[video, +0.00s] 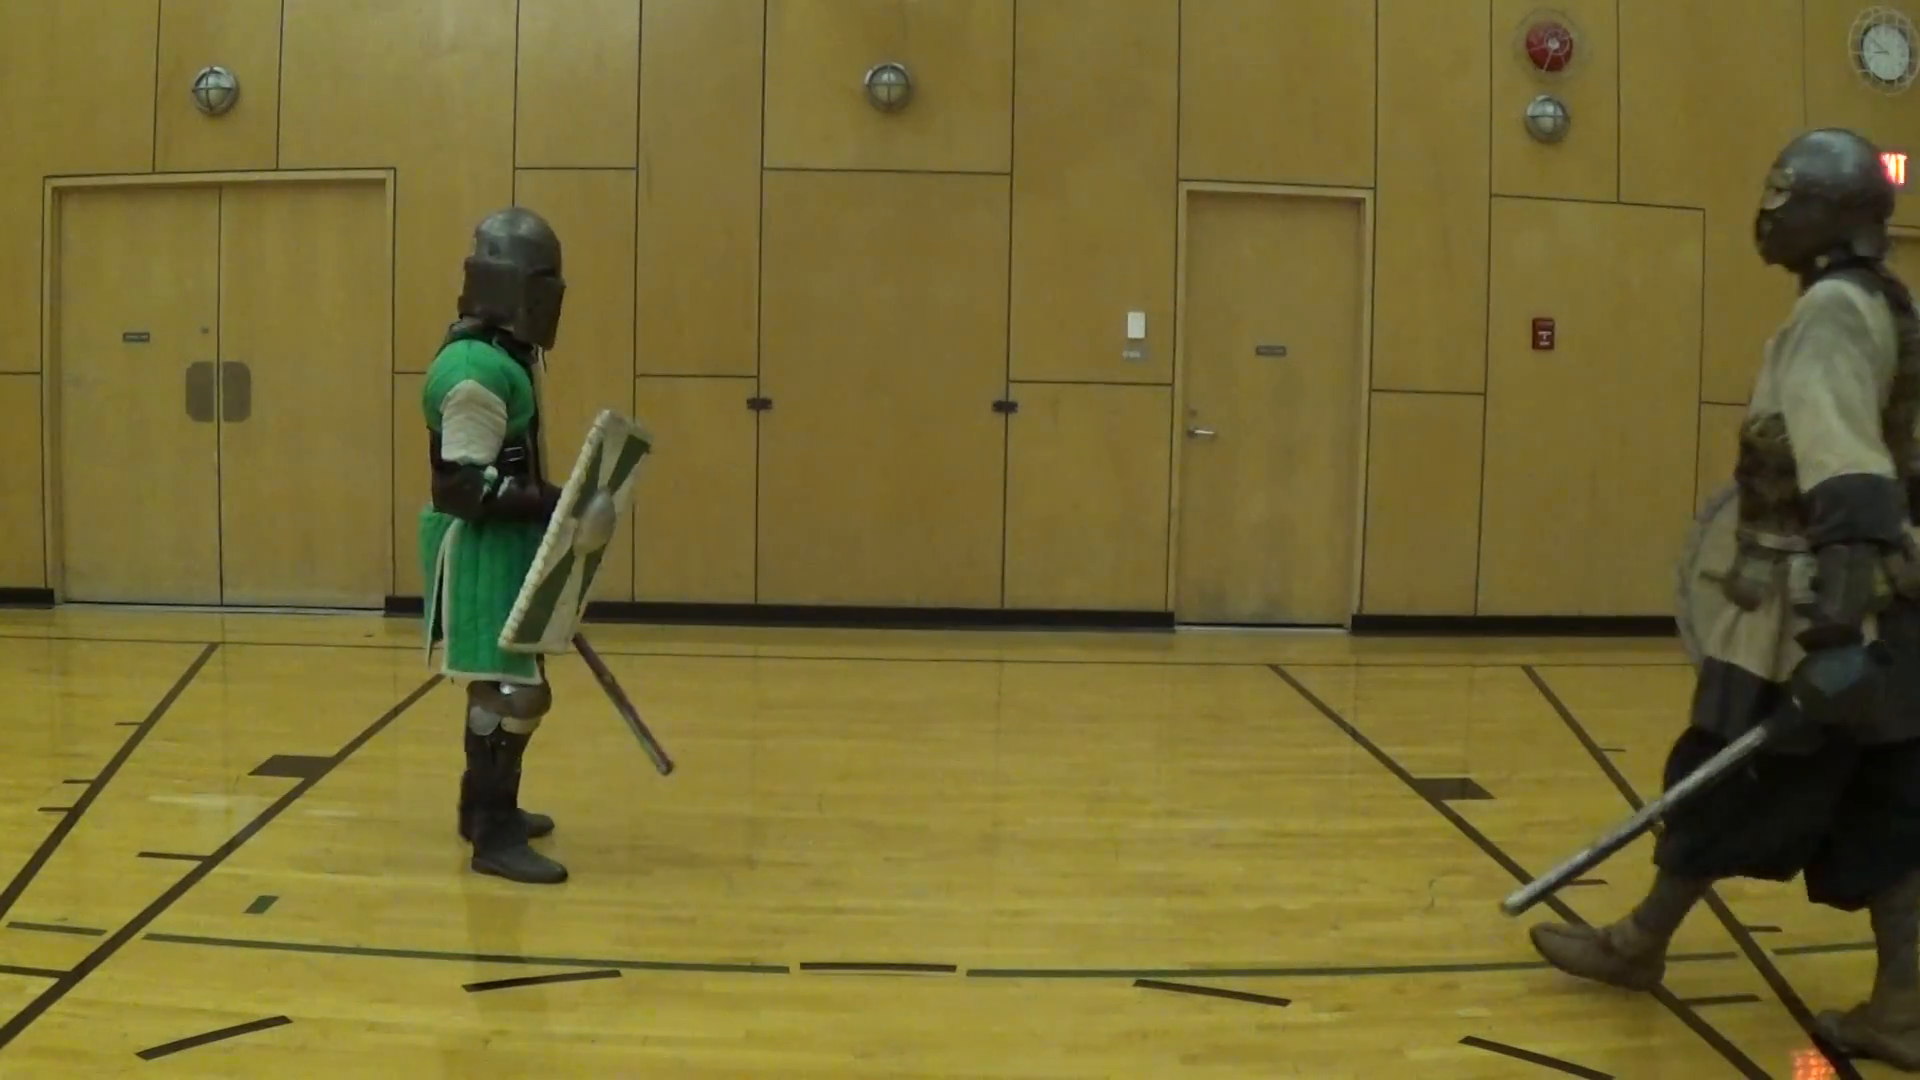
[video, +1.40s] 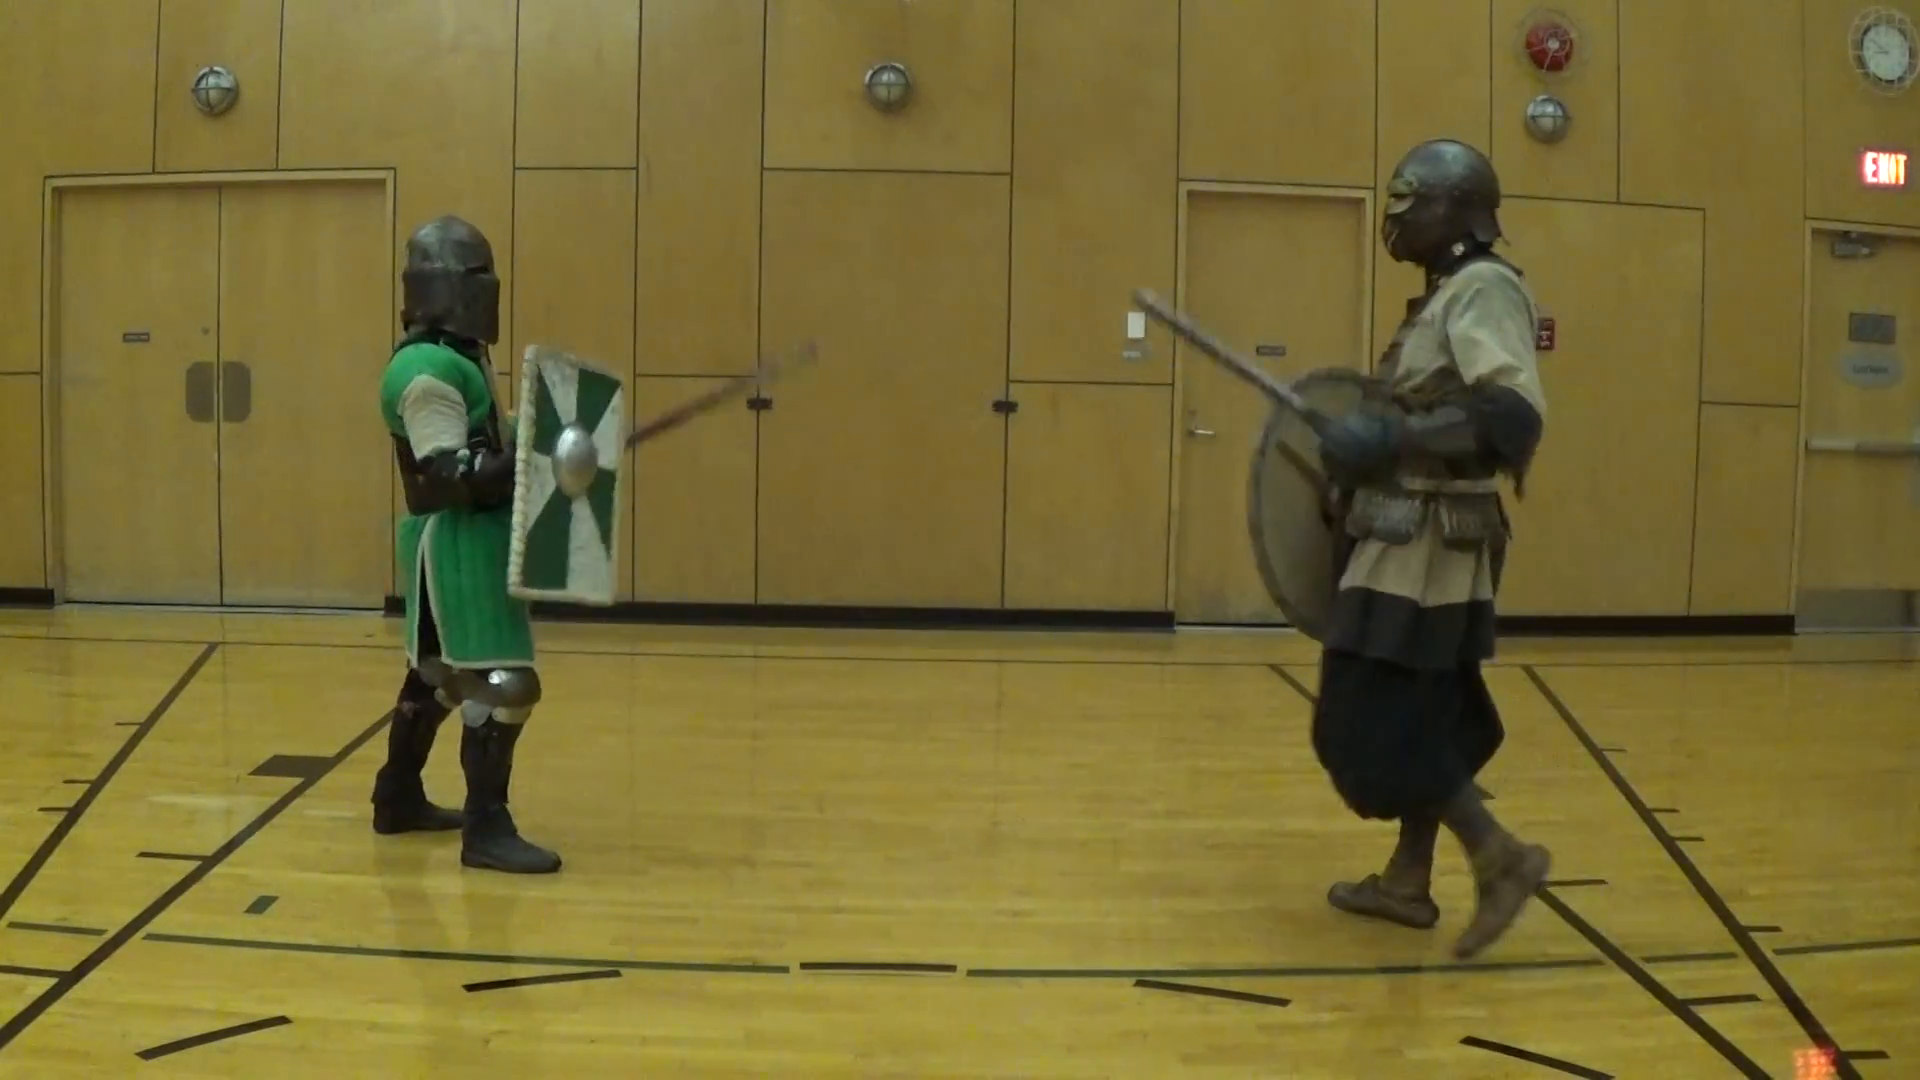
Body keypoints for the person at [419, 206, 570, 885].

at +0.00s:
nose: (554, 299)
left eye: (552, 286)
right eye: (547, 286)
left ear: (493, 285)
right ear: (519, 289)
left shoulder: (498, 363)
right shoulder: (475, 369)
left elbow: (498, 477)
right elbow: (461, 486)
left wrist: (562, 508)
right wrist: (561, 507)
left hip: (497, 544)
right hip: (480, 547)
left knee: (498, 683)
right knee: (516, 690)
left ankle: (486, 808)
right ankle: (494, 838)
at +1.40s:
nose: (489, 290)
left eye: (487, 278)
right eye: (477, 279)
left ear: (433, 291)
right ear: (442, 289)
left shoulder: (458, 362)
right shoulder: (426, 371)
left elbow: (479, 448)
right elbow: (441, 479)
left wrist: (531, 428)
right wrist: (534, 468)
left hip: (456, 533)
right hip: (455, 538)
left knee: (437, 669)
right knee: (504, 683)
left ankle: (398, 793)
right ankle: (488, 830)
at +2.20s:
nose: (598, 303)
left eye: (595, 290)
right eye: (586, 292)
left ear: (542, 299)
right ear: (554, 299)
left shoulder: (564, 363)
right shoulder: (526, 375)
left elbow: (631, 354)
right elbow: (576, 470)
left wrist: (667, 303)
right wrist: (633, 426)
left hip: (555, 539)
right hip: (538, 543)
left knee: (539, 680)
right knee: (601, 684)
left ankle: (473, 800)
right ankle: (614, 834)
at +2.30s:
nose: (628, 306)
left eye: (624, 294)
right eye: (615, 294)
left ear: (563, 306)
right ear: (580, 304)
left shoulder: (590, 369)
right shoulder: (553, 380)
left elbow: (650, 355)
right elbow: (604, 476)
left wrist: (692, 304)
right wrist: (669, 428)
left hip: (569, 545)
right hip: (566, 549)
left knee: (545, 685)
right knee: (628, 691)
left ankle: (474, 800)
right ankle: (667, 833)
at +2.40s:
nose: (659, 318)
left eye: (655, 306)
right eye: (649, 307)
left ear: (597, 316)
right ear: (621, 316)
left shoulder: (622, 376)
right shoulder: (589, 391)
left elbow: (687, 364)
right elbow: (643, 486)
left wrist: (721, 309)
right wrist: (707, 434)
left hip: (595, 556)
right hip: (609, 558)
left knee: (566, 689)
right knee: (671, 696)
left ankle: (477, 796)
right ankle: (689, 842)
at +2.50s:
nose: (698, 324)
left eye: (694, 312)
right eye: (689, 313)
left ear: (632, 320)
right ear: (664, 322)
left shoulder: (659, 380)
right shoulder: (629, 399)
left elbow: (725, 362)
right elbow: (687, 499)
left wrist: (762, 306)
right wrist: (755, 440)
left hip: (651, 562)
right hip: (653, 564)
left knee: (643, 702)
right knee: (719, 701)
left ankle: (514, 773)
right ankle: (695, 847)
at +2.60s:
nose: (734, 326)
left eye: (732, 316)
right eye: (723, 316)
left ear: (676, 327)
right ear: (692, 327)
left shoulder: (708, 379)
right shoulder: (667, 407)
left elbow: (764, 345)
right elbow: (737, 503)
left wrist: (801, 295)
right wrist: (810, 449)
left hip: (714, 559)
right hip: (687, 564)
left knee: (742, 699)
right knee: (747, 706)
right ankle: (697, 846)